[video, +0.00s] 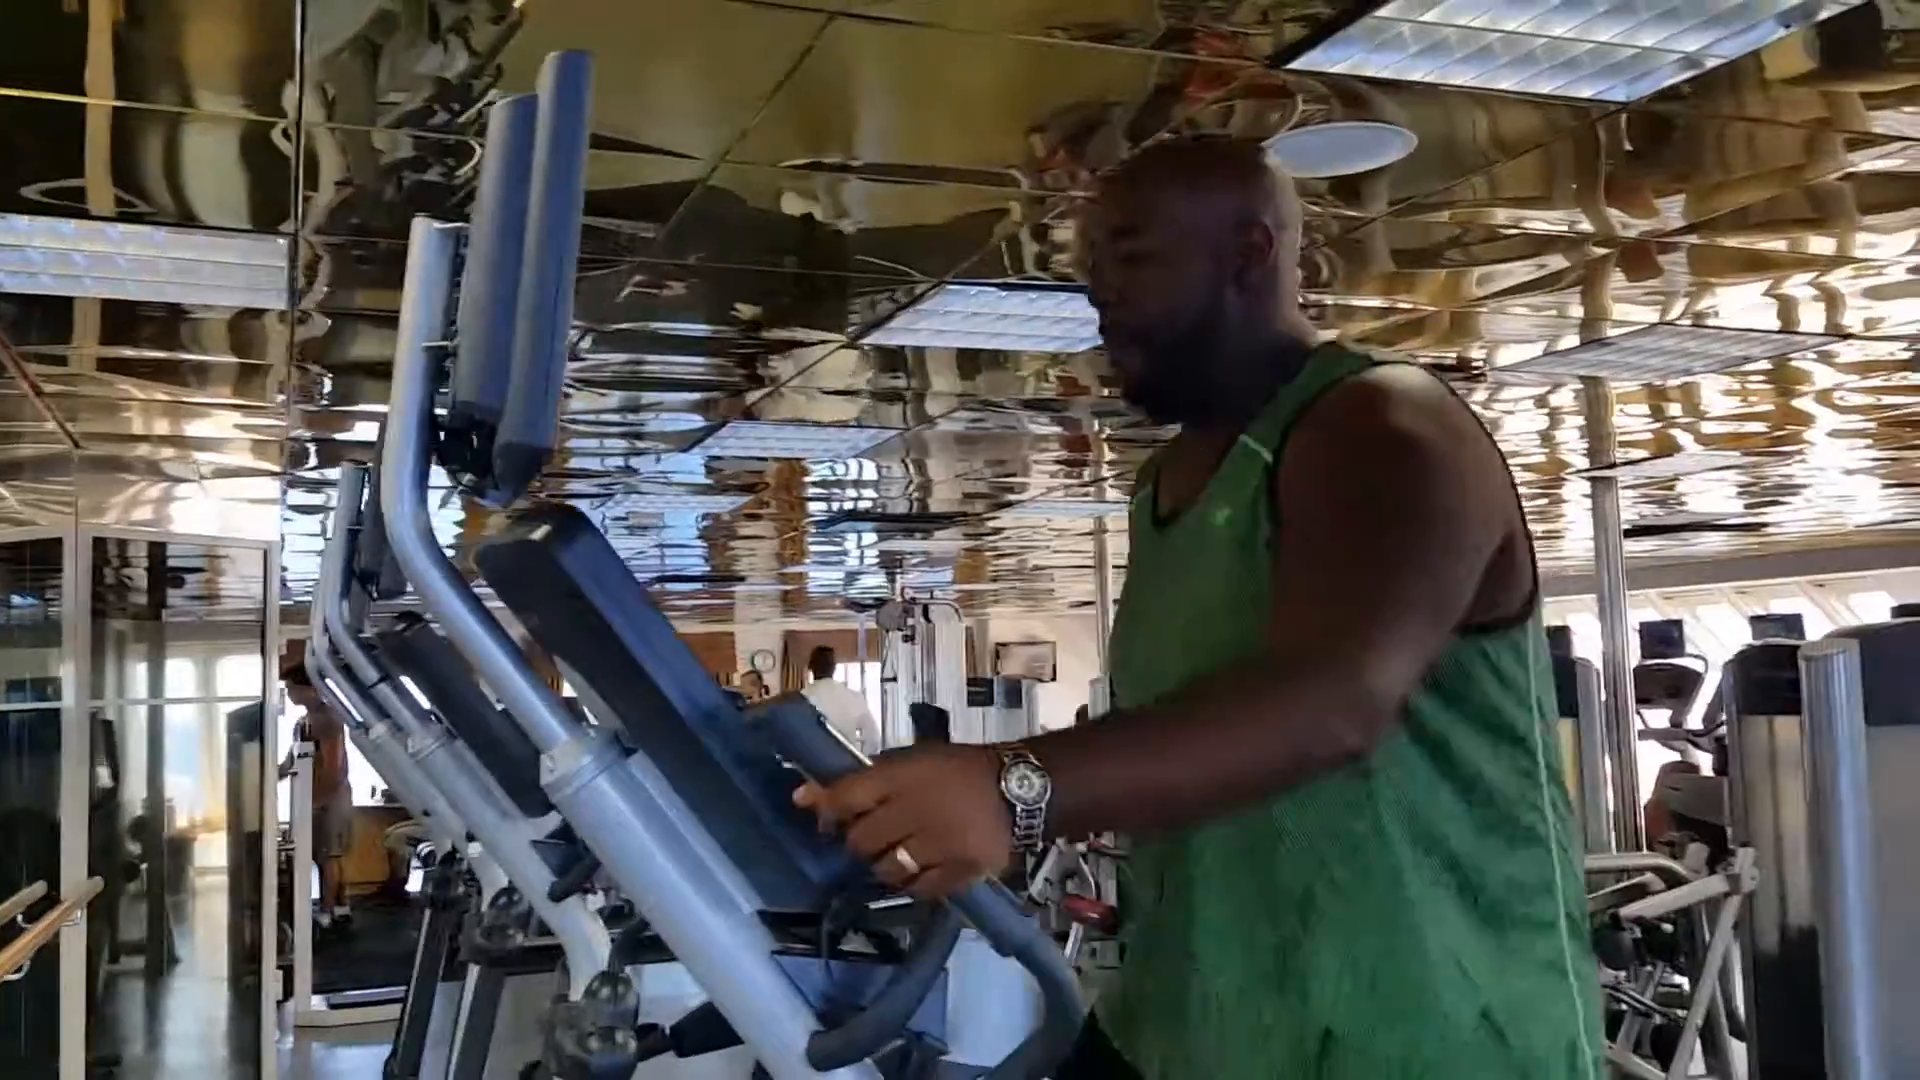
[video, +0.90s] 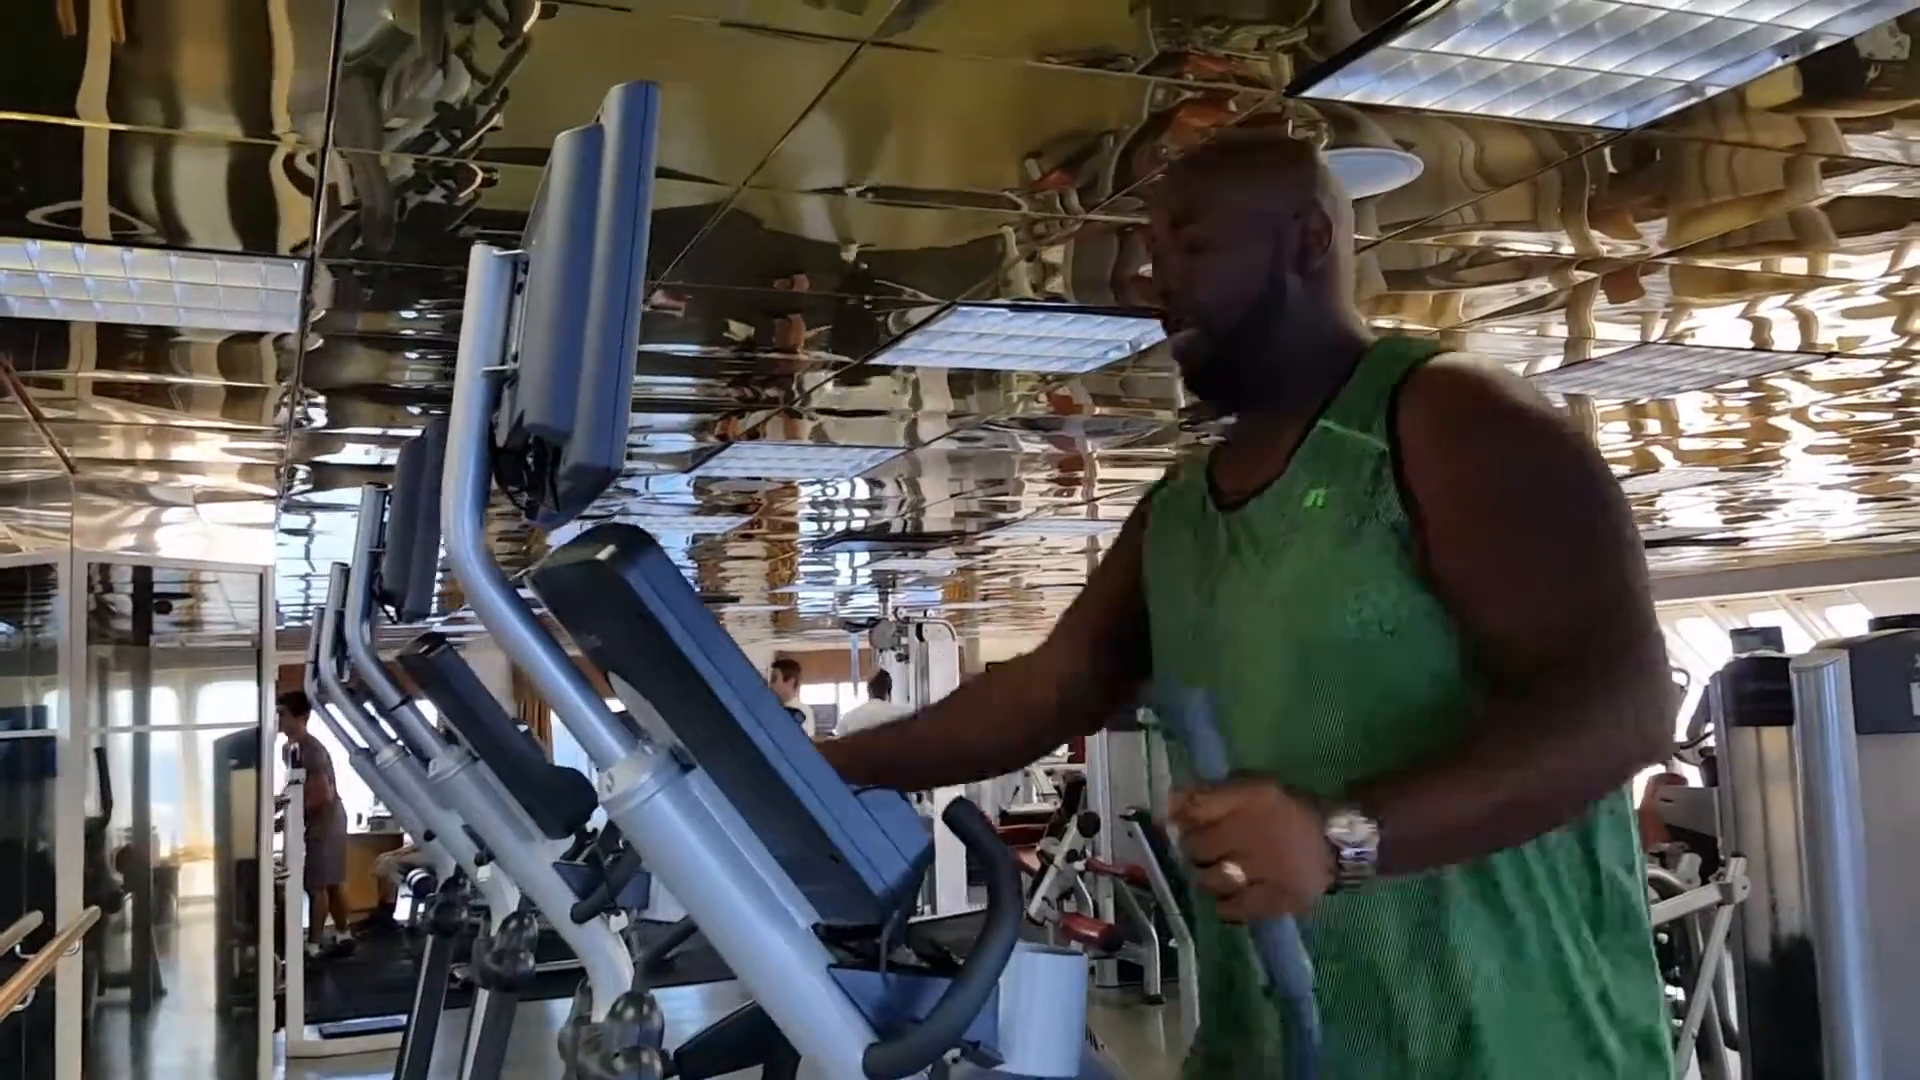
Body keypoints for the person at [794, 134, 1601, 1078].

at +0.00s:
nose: (1097, 295)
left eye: (1129, 255)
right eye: (1095, 265)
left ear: (1254, 256)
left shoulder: (1396, 428)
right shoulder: (1168, 484)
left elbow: (1337, 700)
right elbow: (1182, 738)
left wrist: (1021, 788)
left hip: (1414, 1033)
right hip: (1207, 1024)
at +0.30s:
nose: (1070, 290)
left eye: (1098, 246)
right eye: (1069, 259)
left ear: (1214, 249)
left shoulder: (1366, 415)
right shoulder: (1127, 474)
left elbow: (1357, 681)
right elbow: (1132, 679)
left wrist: (1092, 786)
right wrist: (988, 776)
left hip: (1408, 1006)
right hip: (1221, 1008)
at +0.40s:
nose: (1087, 329)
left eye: (1115, 289)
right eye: (1081, 298)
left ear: (1232, 285)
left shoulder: (1388, 454)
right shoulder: (1122, 529)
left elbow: (1466, 733)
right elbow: (1068, 748)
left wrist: (1204, 803)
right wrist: (885, 768)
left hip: (1414, 1020)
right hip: (1214, 1026)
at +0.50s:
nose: (1103, 328)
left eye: (1130, 285)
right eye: (1097, 298)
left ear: (1250, 285)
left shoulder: (1414, 461)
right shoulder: (1129, 533)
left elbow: (1568, 739)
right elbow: (1038, 732)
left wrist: (1327, 835)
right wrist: (818, 755)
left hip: (1426, 1009)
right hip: (1221, 1014)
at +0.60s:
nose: (1119, 295)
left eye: (1149, 258)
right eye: (1115, 270)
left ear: (1260, 259)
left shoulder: (1424, 432)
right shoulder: (1132, 511)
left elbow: (1619, 693)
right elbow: (1007, 689)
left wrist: (1414, 858)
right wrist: (793, 754)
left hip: (1439, 1010)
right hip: (1230, 1016)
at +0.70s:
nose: (1119, 269)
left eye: (1154, 229)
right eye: (1124, 234)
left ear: (1273, 230)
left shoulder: (1432, 404)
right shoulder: (1138, 494)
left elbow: (1631, 667)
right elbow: (974, 673)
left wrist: (1436, 861)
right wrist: (768, 764)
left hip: (1462, 1017)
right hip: (1252, 1020)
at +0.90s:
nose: (1151, 284)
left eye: (1189, 243)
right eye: (1151, 252)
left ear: (1308, 245)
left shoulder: (1462, 423)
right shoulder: (1176, 512)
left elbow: (1622, 702)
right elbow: (1056, 688)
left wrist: (1344, 838)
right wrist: (828, 766)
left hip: (1514, 1036)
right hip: (1269, 1040)